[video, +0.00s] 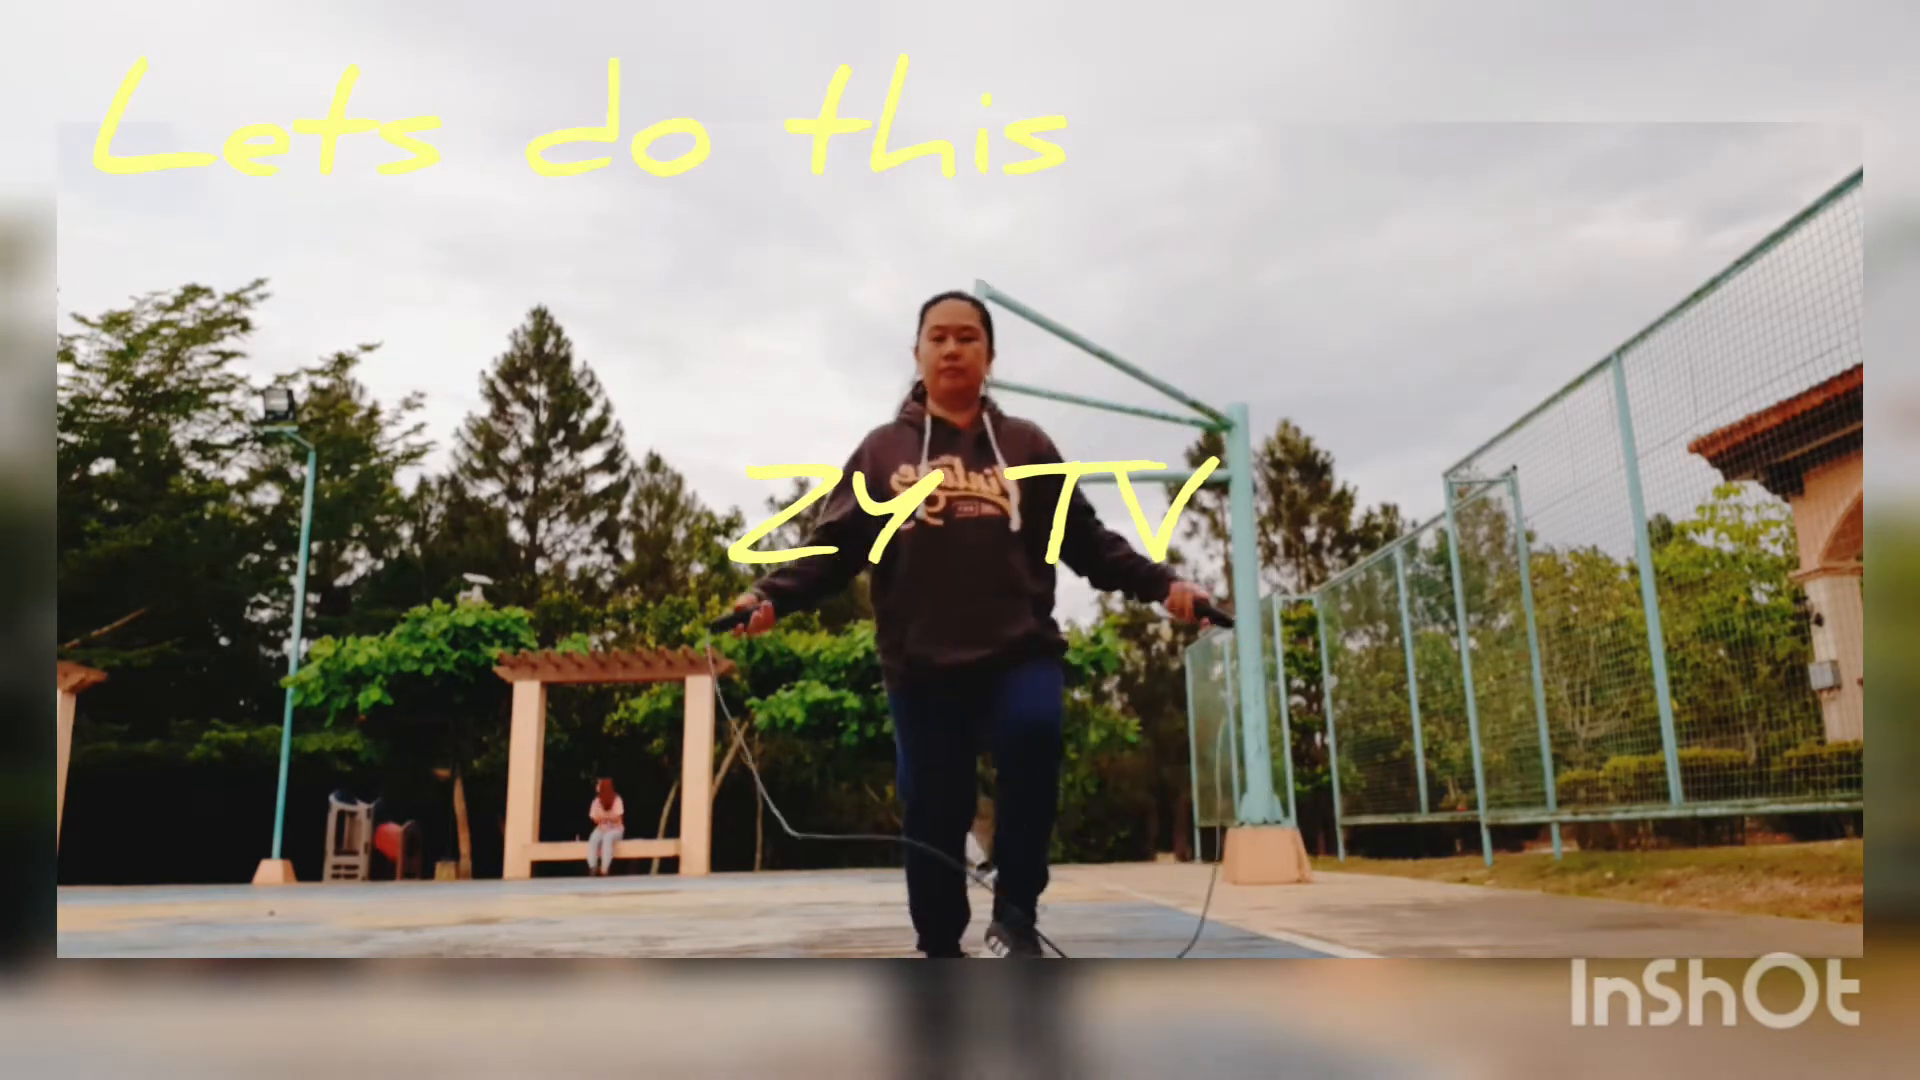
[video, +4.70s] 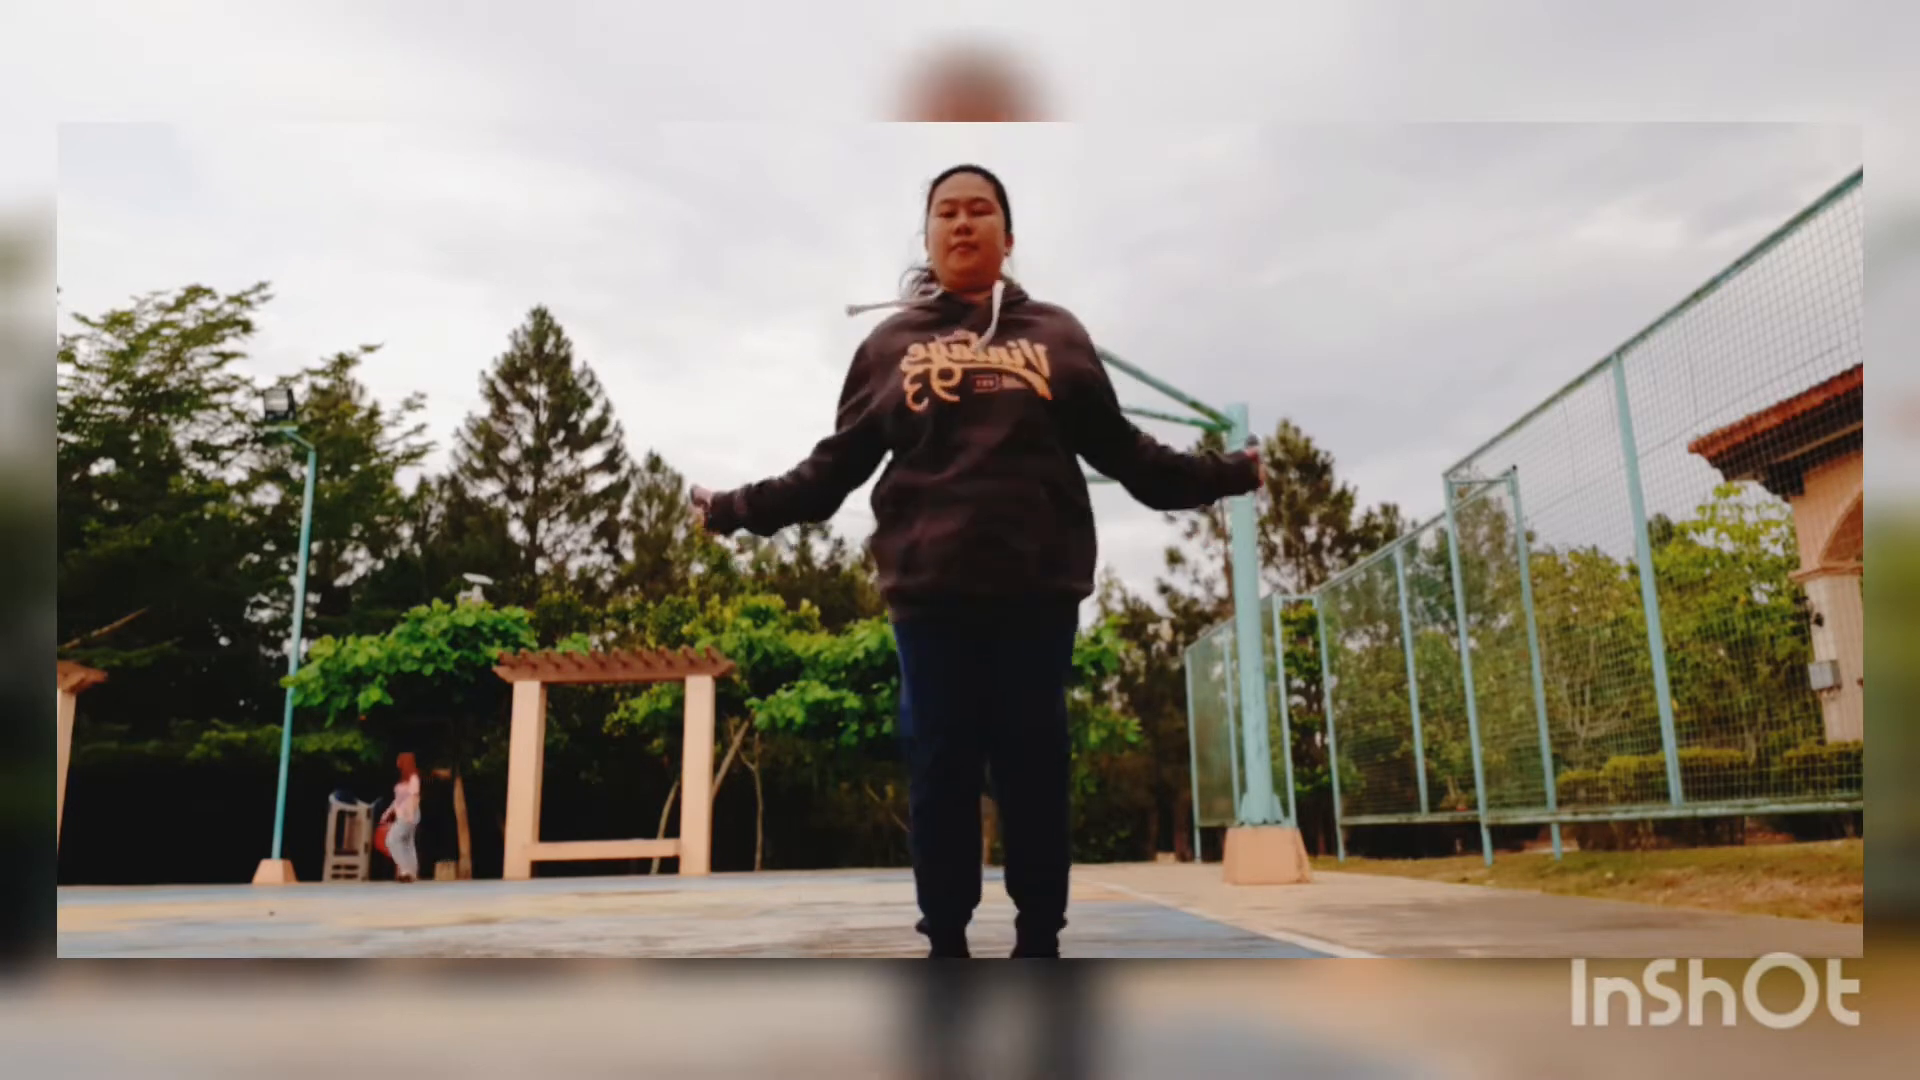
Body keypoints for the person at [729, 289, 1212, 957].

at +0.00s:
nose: (953, 350)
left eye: (967, 338)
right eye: (939, 337)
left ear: (990, 355)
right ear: (917, 353)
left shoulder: (1026, 445)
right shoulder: (883, 450)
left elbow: (1084, 539)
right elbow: (831, 545)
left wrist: (1164, 586)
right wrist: (772, 595)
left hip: (1020, 654)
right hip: (925, 662)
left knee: (1035, 739)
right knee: (932, 810)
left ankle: (1017, 921)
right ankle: (939, 952)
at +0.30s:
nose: (950, 272)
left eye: (965, 260)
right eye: (936, 261)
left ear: (988, 280)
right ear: (915, 281)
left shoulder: (1026, 369)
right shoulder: (879, 374)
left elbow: (1071, 465)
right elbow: (835, 477)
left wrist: (1125, 538)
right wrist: (779, 553)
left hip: (1011, 589)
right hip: (917, 594)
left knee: (995, 730)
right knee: (929, 750)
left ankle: (980, 911)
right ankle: (952, 903)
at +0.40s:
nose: (955, 288)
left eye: (969, 276)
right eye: (940, 277)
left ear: (993, 296)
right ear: (919, 299)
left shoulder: (1033, 386)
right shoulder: (886, 392)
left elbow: (1093, 477)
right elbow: (826, 484)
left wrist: (1182, 483)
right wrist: (732, 517)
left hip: (1005, 618)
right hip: (904, 619)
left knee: (993, 791)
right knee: (895, 778)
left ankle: (999, 954)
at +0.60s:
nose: (953, 285)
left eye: (968, 275)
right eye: (938, 276)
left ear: (995, 301)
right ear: (918, 302)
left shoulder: (1038, 387)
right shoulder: (885, 393)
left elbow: (1128, 457)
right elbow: (819, 485)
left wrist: (1216, 403)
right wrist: (734, 431)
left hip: (1005, 622)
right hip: (904, 622)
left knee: (995, 791)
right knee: (895, 754)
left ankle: (998, 948)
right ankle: (935, 847)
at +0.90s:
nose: (942, 303)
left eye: (957, 292)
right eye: (927, 293)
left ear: (983, 316)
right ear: (906, 318)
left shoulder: (1029, 413)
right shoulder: (869, 417)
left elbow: (1099, 508)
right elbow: (820, 518)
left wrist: (1182, 507)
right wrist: (759, 536)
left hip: (1006, 653)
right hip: (902, 657)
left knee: (1002, 812)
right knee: (906, 810)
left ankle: (1005, 960)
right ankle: (900, 961)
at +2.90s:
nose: (967, 280)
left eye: (982, 269)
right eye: (952, 271)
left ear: (1008, 291)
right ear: (930, 293)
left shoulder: (1053, 386)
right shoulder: (895, 395)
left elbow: (1118, 502)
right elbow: (848, 514)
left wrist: (1209, 515)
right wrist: (770, 536)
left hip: (1033, 635)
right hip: (927, 637)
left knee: (1035, 803)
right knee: (933, 804)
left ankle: (1042, 952)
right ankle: (936, 953)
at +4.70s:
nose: (964, 224)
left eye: (980, 211)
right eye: (949, 213)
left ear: (1007, 234)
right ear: (927, 235)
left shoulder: (1055, 336)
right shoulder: (891, 343)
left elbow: (1126, 455)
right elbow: (833, 471)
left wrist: (1222, 474)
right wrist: (738, 506)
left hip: (1037, 587)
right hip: (930, 590)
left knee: (1033, 764)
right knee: (940, 768)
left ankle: (1039, 942)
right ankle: (946, 948)